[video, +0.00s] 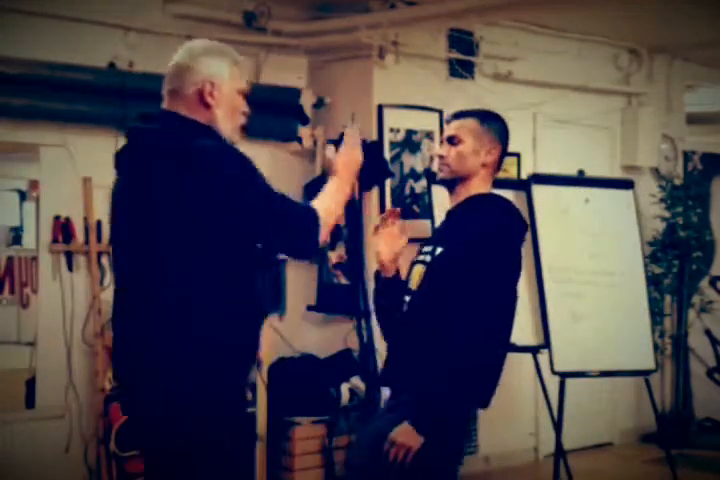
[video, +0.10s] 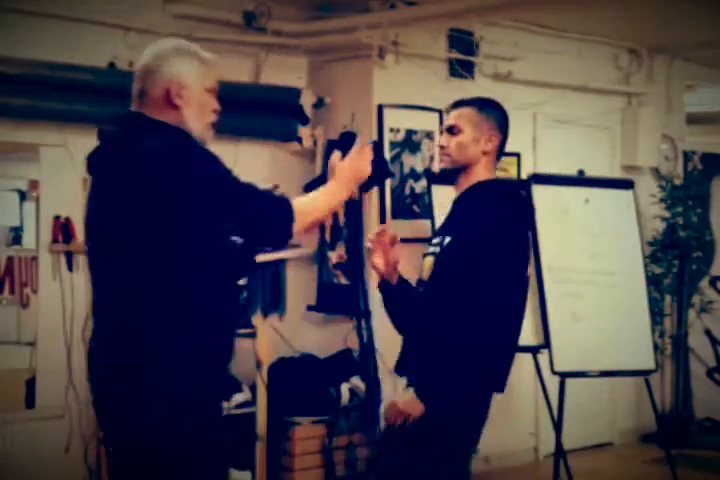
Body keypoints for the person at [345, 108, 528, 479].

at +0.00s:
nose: (439, 151)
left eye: (453, 142)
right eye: (442, 143)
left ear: (489, 156)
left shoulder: (493, 220)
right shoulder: (452, 225)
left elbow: (475, 336)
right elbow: (401, 334)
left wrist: (423, 421)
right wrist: (388, 268)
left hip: (439, 410)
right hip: (408, 400)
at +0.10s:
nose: (440, 141)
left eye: (453, 132)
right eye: (442, 132)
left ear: (489, 142)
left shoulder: (493, 207)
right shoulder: (468, 207)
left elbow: (474, 318)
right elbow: (422, 324)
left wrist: (421, 394)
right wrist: (392, 279)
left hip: (453, 395)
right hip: (439, 391)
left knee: (418, 472)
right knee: (433, 471)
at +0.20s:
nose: (440, 131)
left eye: (451, 122)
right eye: (440, 123)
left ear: (487, 132)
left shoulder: (494, 193)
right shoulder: (476, 196)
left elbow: (482, 310)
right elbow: (440, 320)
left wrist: (413, 365)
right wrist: (392, 282)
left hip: (474, 376)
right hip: (466, 373)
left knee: (411, 469)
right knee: (465, 470)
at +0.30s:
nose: (435, 126)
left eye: (447, 115)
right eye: (437, 117)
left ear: (483, 124)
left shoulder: (497, 188)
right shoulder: (478, 190)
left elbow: (479, 310)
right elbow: (455, 310)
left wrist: (398, 355)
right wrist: (398, 297)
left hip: (496, 365)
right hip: (484, 360)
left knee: (441, 469)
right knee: (476, 470)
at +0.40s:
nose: (433, 124)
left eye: (444, 113)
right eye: (434, 114)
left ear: (480, 121)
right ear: (476, 124)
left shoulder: (493, 186)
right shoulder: (489, 182)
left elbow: (476, 307)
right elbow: (472, 301)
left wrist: (389, 352)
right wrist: (410, 301)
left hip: (508, 367)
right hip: (505, 362)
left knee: (481, 471)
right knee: (484, 470)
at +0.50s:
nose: (437, 131)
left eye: (447, 119)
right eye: (437, 121)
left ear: (484, 124)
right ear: (479, 126)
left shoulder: (506, 188)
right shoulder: (486, 189)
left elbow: (491, 311)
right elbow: (482, 300)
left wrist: (399, 330)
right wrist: (426, 300)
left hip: (528, 366)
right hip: (511, 364)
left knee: (507, 470)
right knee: (511, 469)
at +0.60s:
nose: (453, 139)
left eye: (463, 126)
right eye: (452, 128)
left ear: (499, 129)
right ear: (495, 132)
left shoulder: (533, 197)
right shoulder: (475, 212)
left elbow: (513, 320)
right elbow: (485, 310)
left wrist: (434, 300)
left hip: (542, 374)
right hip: (509, 373)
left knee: (499, 470)